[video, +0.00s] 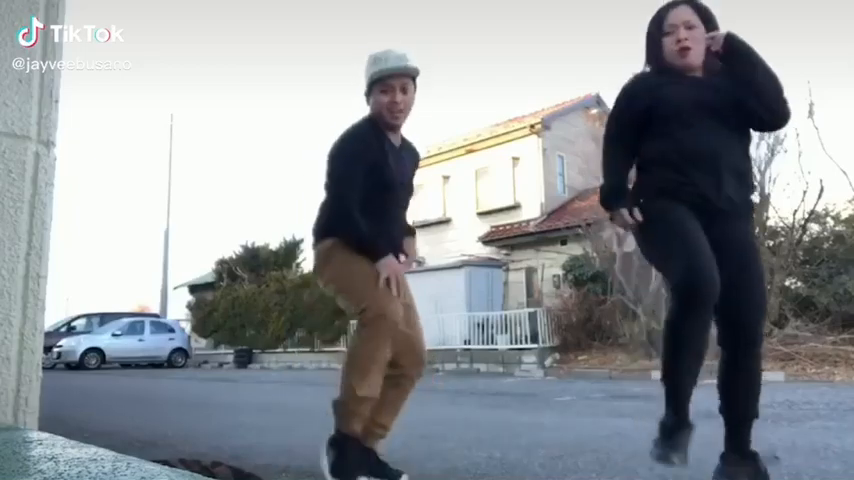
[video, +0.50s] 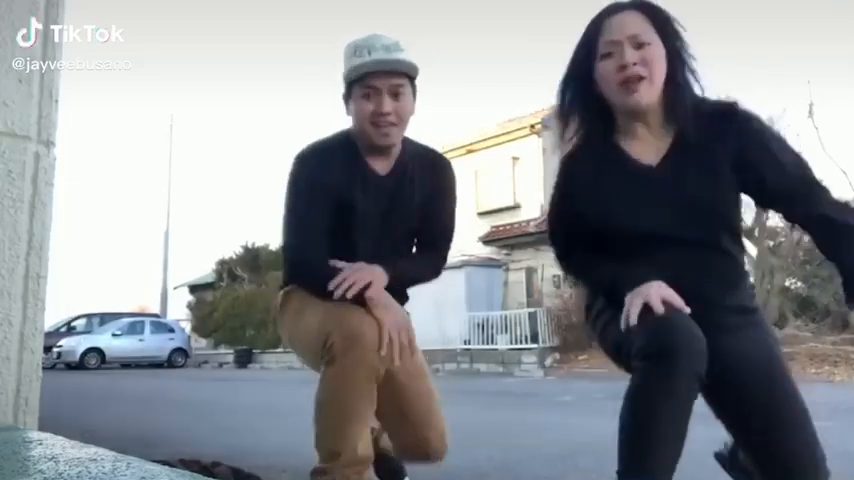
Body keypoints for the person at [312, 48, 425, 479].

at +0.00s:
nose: (397, 99)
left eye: (405, 90)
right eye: (386, 90)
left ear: (414, 95)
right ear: (369, 96)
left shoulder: (408, 154)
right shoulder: (354, 143)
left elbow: (394, 207)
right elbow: (343, 211)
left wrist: (405, 241)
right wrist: (381, 253)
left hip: (384, 256)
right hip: (339, 249)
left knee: (410, 353)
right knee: (382, 312)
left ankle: (366, 447)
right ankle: (345, 439)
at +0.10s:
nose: (405, 110)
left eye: (413, 101)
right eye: (393, 101)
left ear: (422, 107)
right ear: (376, 107)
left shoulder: (410, 164)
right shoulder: (361, 152)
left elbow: (391, 219)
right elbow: (343, 222)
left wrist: (411, 246)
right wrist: (382, 271)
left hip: (379, 269)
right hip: (338, 261)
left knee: (421, 368)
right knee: (365, 335)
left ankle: (365, 448)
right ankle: (348, 459)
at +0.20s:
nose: (409, 113)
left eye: (417, 103)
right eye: (397, 103)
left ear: (427, 109)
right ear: (378, 109)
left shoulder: (417, 170)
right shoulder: (361, 156)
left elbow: (404, 221)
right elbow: (340, 230)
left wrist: (413, 243)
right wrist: (376, 289)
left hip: (378, 279)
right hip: (332, 270)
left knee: (424, 378)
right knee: (357, 344)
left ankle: (365, 448)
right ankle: (341, 464)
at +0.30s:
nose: (404, 111)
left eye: (414, 100)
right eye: (392, 100)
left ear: (426, 107)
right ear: (372, 107)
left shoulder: (425, 172)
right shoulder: (353, 156)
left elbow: (427, 236)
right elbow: (332, 242)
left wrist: (415, 249)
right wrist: (378, 296)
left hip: (377, 290)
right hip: (322, 280)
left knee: (428, 394)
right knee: (360, 332)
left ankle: (366, 442)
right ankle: (342, 468)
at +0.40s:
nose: (395, 108)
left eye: (406, 96)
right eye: (381, 97)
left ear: (420, 102)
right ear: (361, 104)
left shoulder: (431, 169)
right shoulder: (336, 158)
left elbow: (431, 246)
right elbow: (316, 253)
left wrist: (402, 259)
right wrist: (375, 292)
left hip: (381, 300)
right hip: (315, 288)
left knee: (430, 415)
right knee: (361, 335)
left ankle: (372, 440)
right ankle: (344, 470)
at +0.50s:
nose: (385, 108)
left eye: (397, 94)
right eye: (370, 95)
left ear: (413, 101)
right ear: (349, 102)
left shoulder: (434, 169)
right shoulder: (316, 163)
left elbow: (433, 259)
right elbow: (302, 262)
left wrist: (384, 271)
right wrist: (372, 292)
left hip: (387, 310)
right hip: (312, 300)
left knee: (428, 446)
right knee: (361, 334)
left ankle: (368, 432)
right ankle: (344, 470)